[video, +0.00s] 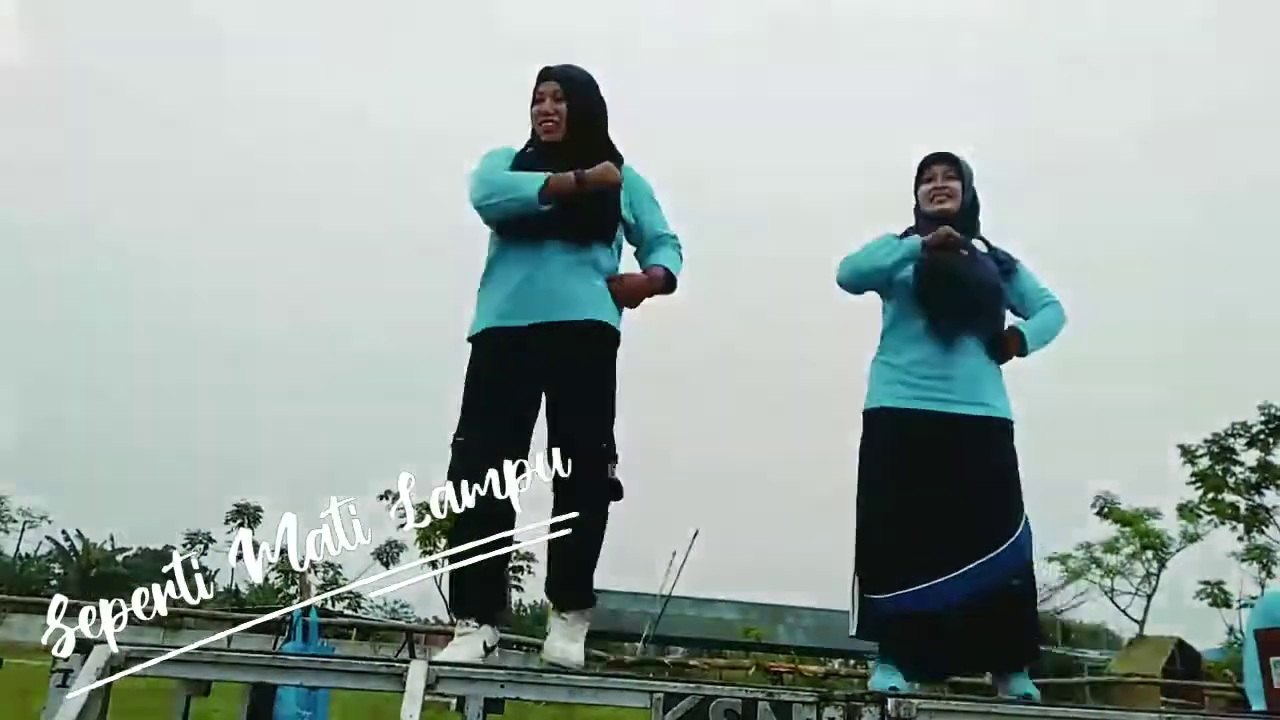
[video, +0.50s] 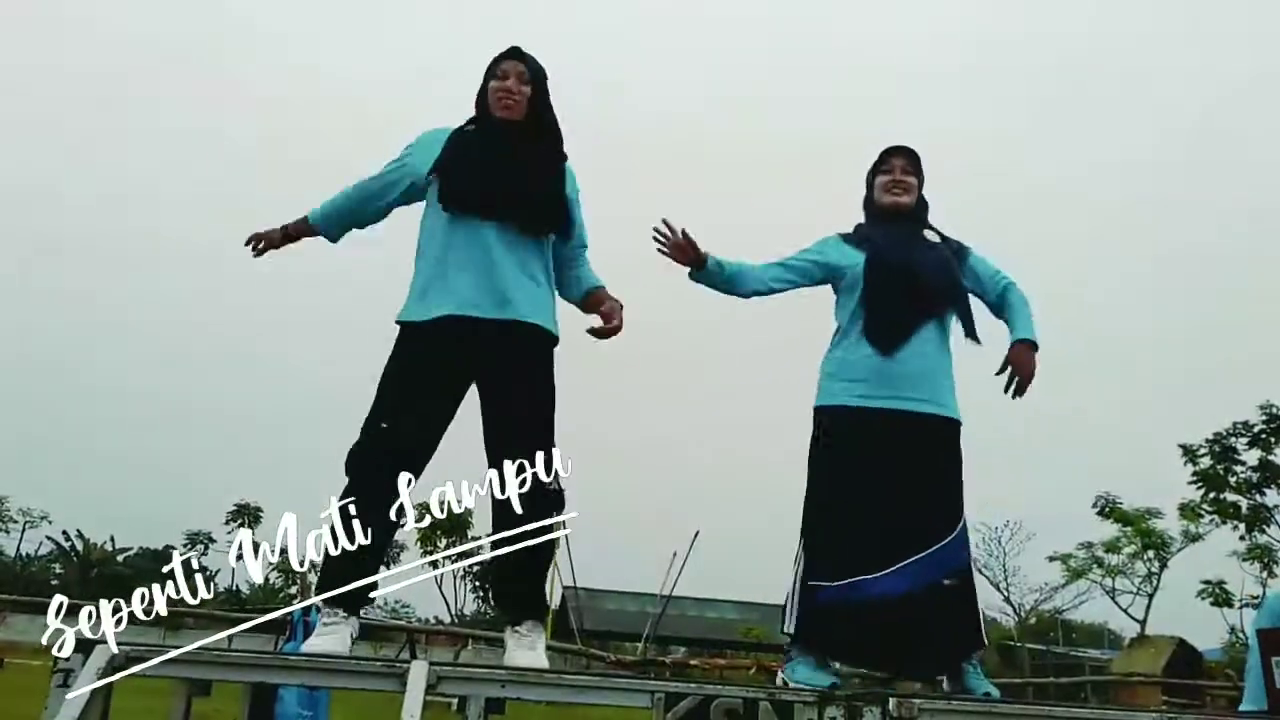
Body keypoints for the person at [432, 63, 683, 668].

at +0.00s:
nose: (546, 108)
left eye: (558, 99)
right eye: (539, 100)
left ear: (586, 108)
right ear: (529, 111)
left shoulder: (621, 177)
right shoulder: (503, 161)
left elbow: (663, 244)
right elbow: (486, 197)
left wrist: (652, 278)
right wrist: (577, 181)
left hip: (585, 325)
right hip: (503, 325)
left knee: (584, 469)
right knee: (481, 467)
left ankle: (569, 614)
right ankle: (476, 619)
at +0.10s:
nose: (526, 117)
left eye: (538, 108)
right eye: (522, 109)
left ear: (569, 115)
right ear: (515, 120)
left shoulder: (609, 181)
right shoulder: (497, 171)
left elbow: (657, 248)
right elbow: (495, 195)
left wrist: (635, 282)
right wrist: (585, 179)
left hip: (568, 321)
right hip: (491, 321)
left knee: (542, 463)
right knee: (461, 455)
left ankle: (526, 621)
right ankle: (471, 617)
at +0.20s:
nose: (519, 126)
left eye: (529, 116)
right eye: (514, 119)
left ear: (561, 119)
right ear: (511, 130)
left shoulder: (603, 186)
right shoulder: (504, 185)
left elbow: (655, 258)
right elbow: (476, 185)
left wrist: (624, 288)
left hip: (558, 333)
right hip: (477, 331)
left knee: (543, 478)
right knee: (413, 458)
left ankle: (525, 625)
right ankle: (460, 598)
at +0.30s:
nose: (524, 116)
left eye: (536, 107)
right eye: (517, 108)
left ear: (563, 114)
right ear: (509, 119)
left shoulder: (597, 183)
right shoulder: (484, 167)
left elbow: (642, 254)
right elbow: (403, 153)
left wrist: (622, 286)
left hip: (554, 326)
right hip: (470, 321)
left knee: (543, 475)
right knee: (401, 440)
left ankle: (527, 619)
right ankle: (419, 593)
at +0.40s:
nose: (515, 95)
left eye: (529, 87)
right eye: (508, 87)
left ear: (555, 98)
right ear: (498, 98)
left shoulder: (583, 172)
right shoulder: (466, 150)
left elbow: (612, 249)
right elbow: (375, 166)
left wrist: (616, 284)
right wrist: (267, 166)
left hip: (541, 324)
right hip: (457, 315)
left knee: (536, 471)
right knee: (396, 448)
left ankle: (526, 618)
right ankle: (358, 595)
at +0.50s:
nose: (509, 87)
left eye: (522, 81)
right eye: (501, 78)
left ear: (540, 98)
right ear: (484, 88)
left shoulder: (557, 172)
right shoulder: (444, 144)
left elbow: (571, 260)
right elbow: (377, 192)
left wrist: (600, 298)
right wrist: (301, 228)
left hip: (524, 328)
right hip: (438, 321)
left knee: (527, 473)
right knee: (383, 460)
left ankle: (525, 620)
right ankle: (340, 609)